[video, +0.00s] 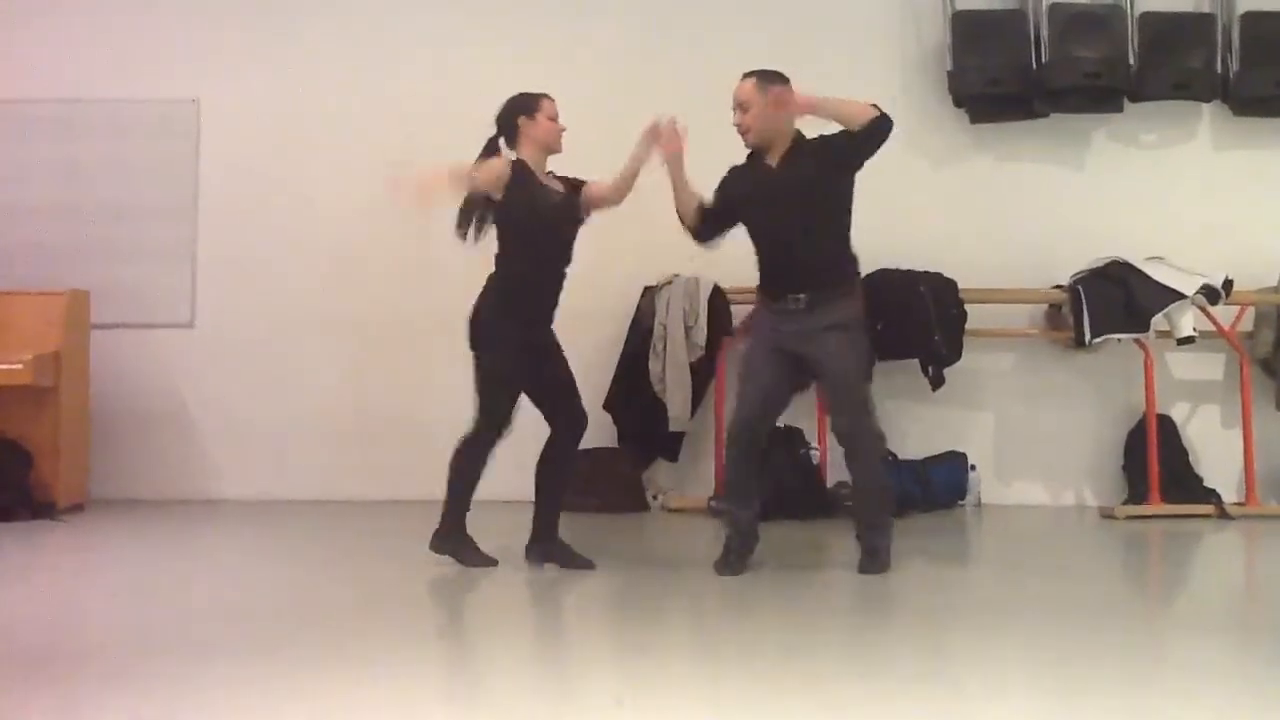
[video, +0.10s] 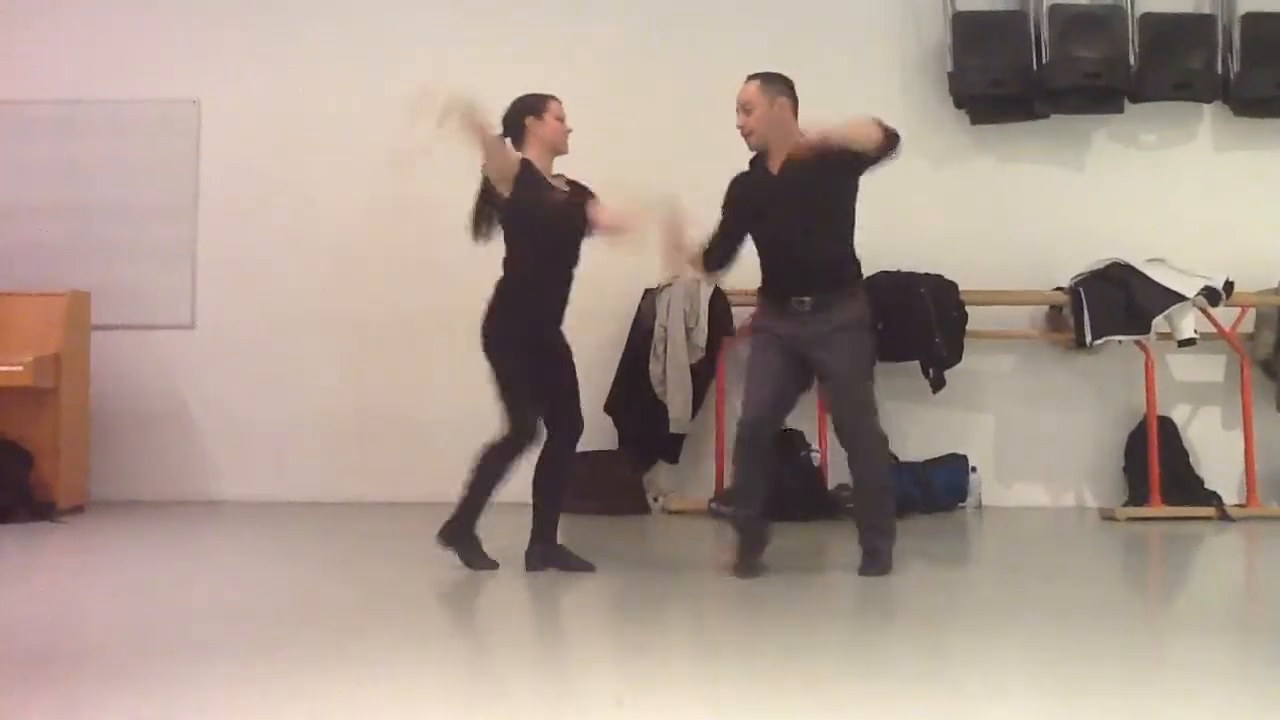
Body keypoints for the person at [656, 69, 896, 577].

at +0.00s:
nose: (737, 120)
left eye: (744, 108)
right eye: (734, 111)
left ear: (781, 106)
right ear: (747, 115)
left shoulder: (830, 154)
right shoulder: (743, 179)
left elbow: (878, 123)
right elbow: (702, 228)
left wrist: (808, 104)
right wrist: (675, 164)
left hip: (835, 315)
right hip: (774, 318)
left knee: (854, 424)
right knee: (746, 424)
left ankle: (875, 537)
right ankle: (740, 535)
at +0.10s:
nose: (739, 122)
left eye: (747, 110)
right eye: (737, 113)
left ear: (784, 109)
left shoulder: (834, 158)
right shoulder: (747, 186)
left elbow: (887, 141)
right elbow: (716, 259)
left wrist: (833, 136)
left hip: (839, 317)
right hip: (777, 320)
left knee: (858, 430)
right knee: (755, 422)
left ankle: (876, 545)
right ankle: (749, 543)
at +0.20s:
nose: (739, 118)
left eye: (748, 108)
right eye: (738, 109)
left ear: (785, 108)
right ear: (761, 111)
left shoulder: (831, 159)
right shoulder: (741, 184)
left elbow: (903, 180)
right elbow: (727, 258)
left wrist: (862, 200)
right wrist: (696, 319)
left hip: (832, 319)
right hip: (770, 324)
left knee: (852, 430)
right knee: (755, 428)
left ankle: (876, 539)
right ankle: (759, 539)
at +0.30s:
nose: (737, 112)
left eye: (747, 101)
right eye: (736, 102)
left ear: (784, 101)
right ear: (759, 105)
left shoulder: (830, 159)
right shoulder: (737, 172)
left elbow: (900, 205)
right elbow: (726, 245)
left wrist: (870, 259)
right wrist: (698, 303)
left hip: (822, 317)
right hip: (758, 320)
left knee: (844, 430)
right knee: (750, 427)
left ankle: (873, 537)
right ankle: (759, 539)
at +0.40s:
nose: (740, 107)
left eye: (749, 97)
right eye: (739, 98)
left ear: (787, 98)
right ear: (770, 101)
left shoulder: (833, 161)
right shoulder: (737, 168)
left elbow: (890, 220)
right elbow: (714, 240)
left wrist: (864, 284)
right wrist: (676, 270)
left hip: (817, 315)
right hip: (752, 316)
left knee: (826, 419)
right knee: (747, 426)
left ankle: (862, 518)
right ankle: (759, 536)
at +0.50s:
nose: (741, 103)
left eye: (751, 93)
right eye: (741, 94)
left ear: (789, 96)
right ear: (756, 100)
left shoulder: (837, 161)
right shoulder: (734, 164)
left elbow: (868, 229)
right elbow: (690, 224)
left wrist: (831, 267)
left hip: (812, 313)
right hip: (748, 314)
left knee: (814, 421)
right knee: (750, 431)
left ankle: (816, 529)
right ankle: (757, 539)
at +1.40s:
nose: (748, 104)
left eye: (759, 94)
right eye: (746, 97)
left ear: (796, 101)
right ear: (748, 109)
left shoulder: (840, 171)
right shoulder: (737, 169)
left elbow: (855, 249)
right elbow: (672, 174)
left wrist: (810, 265)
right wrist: (676, 129)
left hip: (818, 322)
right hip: (750, 317)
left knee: (813, 439)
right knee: (720, 422)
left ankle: (793, 547)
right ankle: (684, 551)